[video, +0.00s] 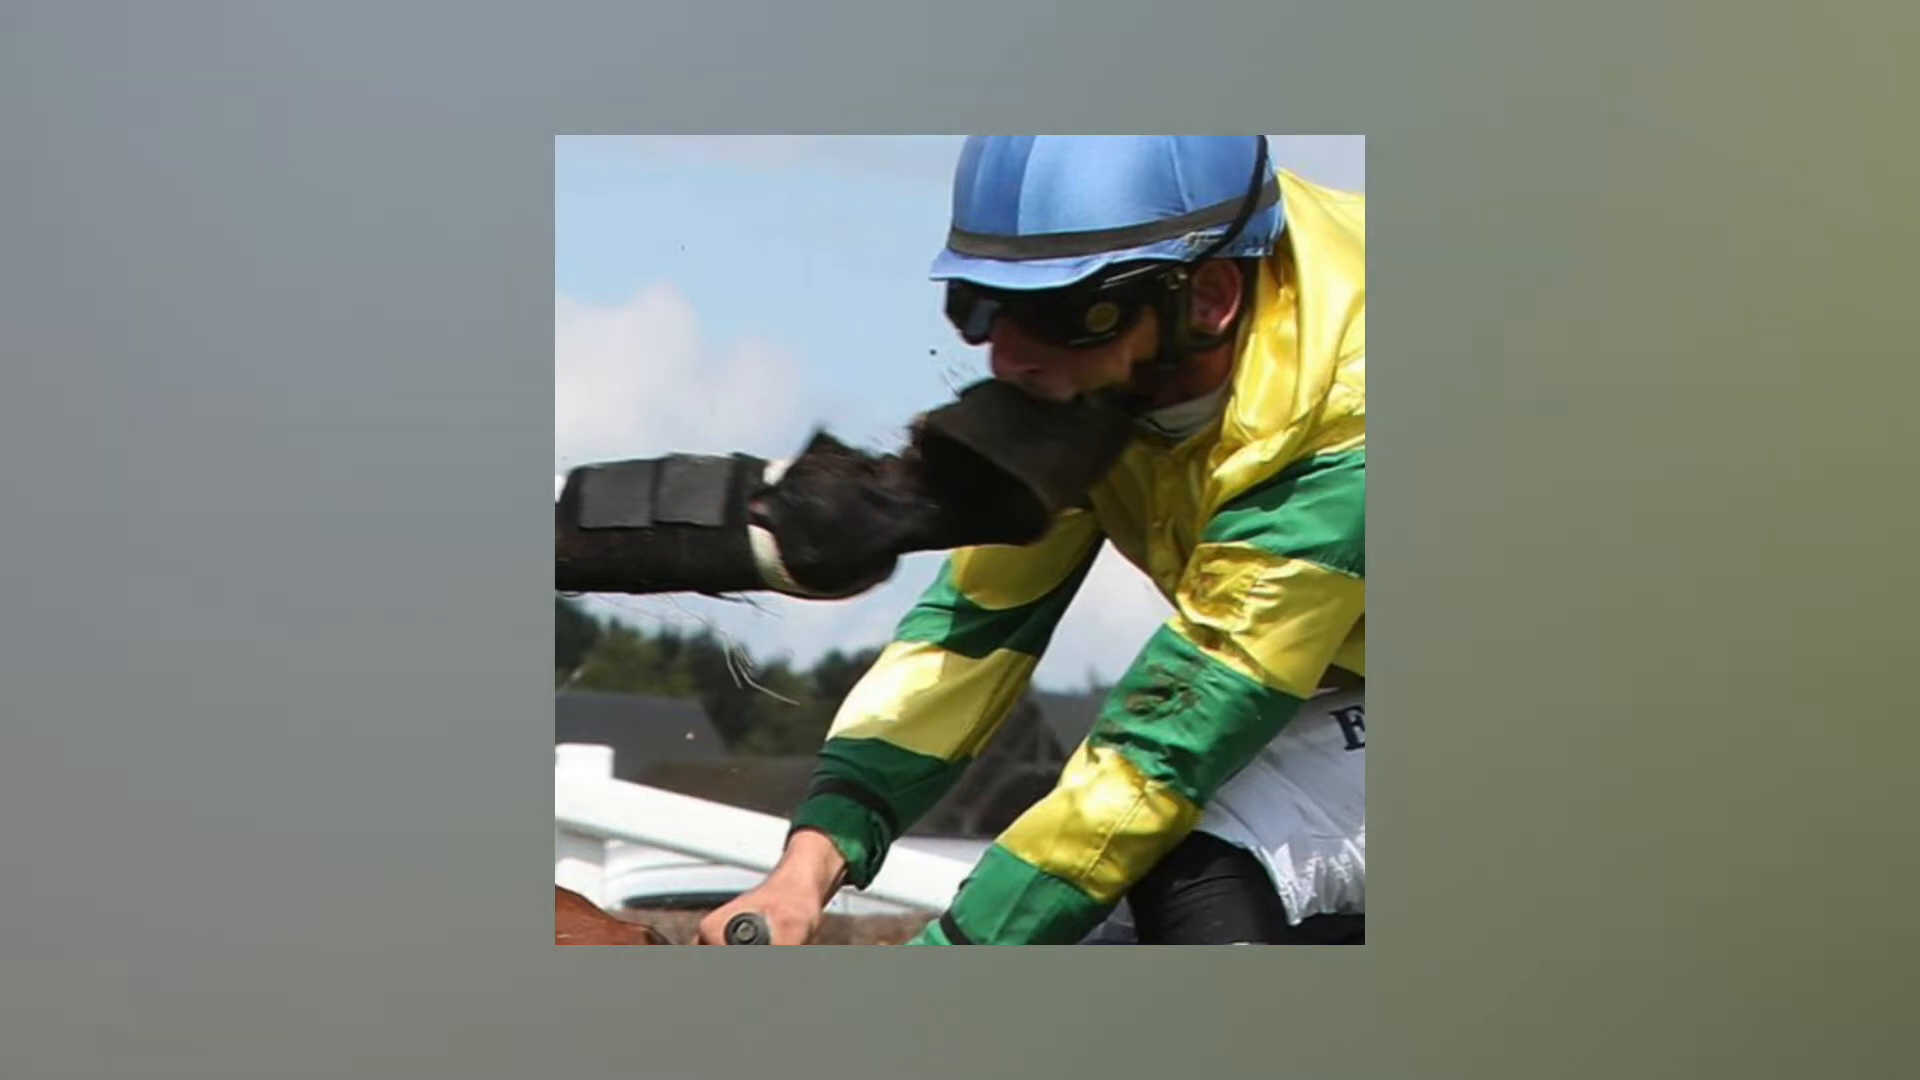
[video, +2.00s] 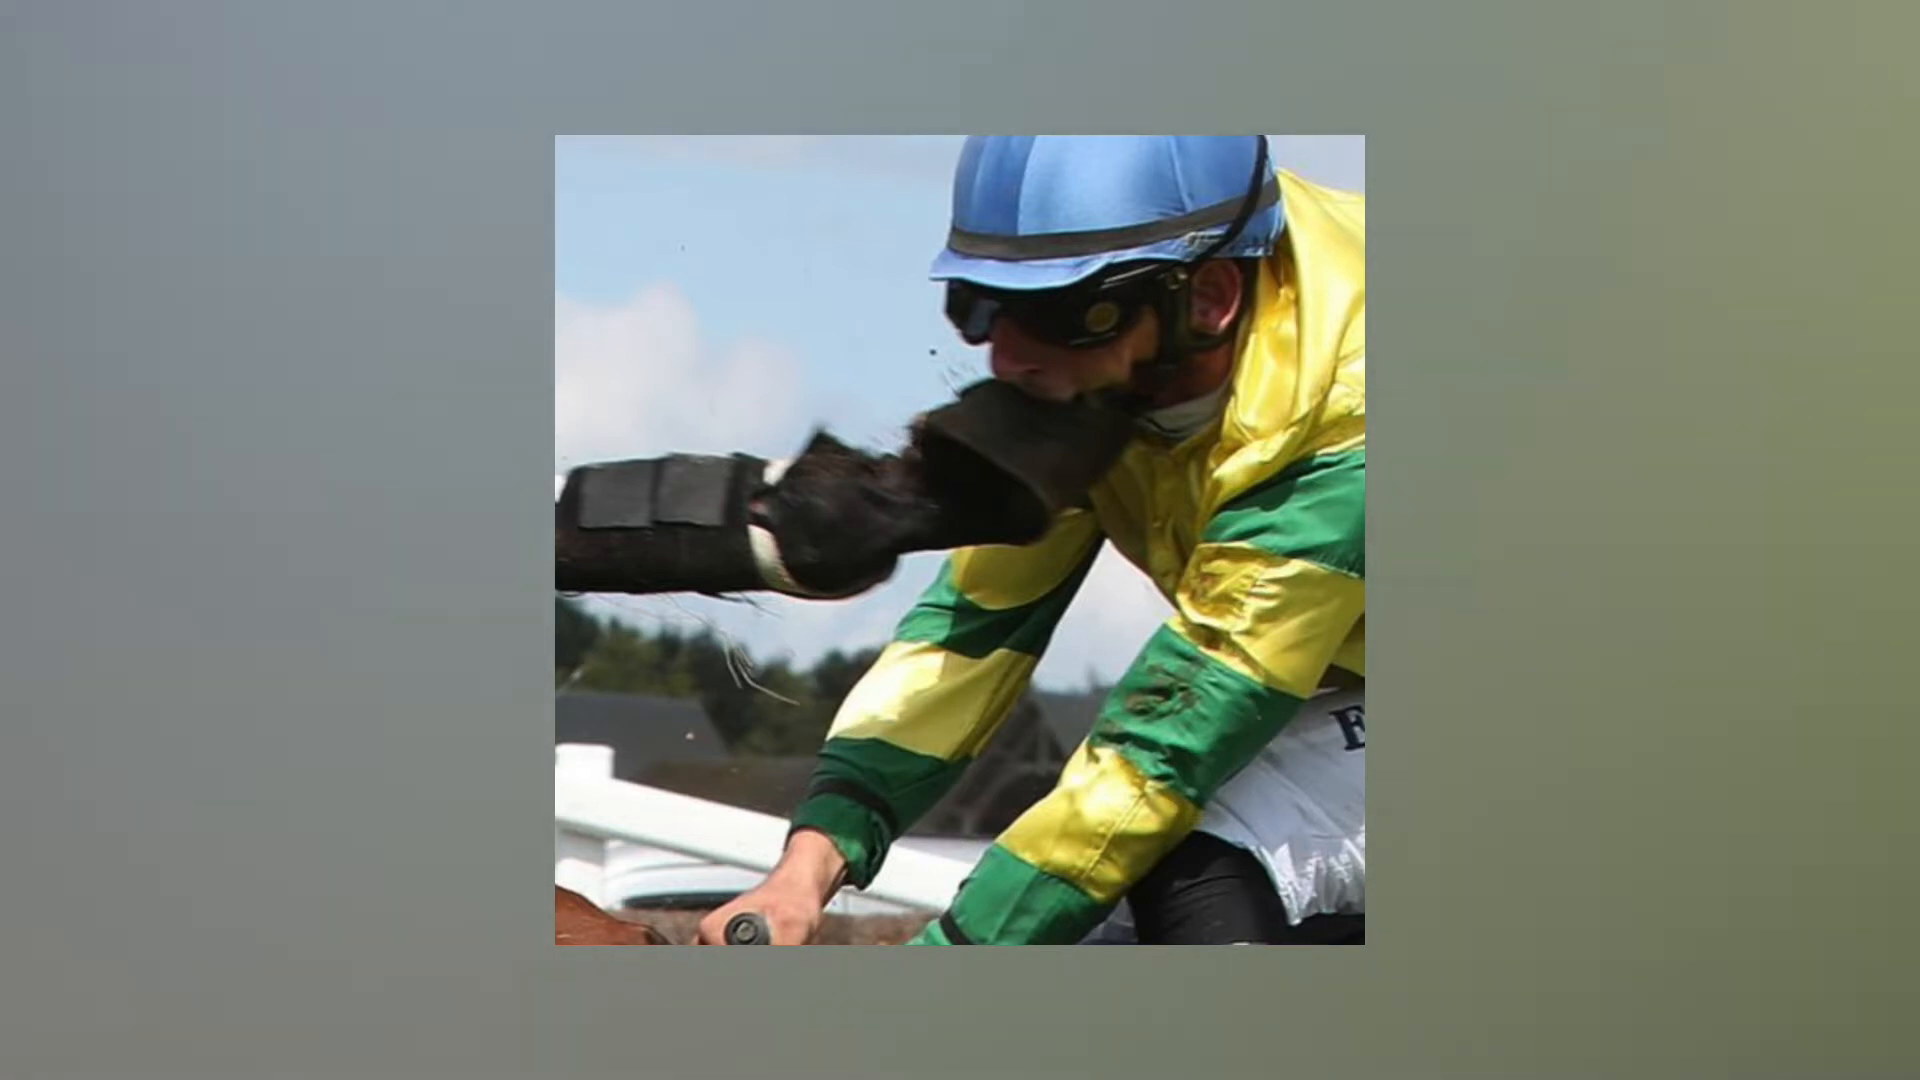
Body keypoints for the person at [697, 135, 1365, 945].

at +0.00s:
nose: (1005, 359)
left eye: (1056, 319)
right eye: (989, 309)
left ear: (1210, 298)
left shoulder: (1341, 429)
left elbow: (1161, 751)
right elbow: (969, 623)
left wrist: (934, 963)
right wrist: (804, 872)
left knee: (1204, 863)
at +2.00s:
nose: (1005, 359)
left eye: (1056, 319)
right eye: (989, 310)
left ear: (1210, 298)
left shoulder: (1341, 429)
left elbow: (1161, 751)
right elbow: (969, 623)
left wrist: (933, 965)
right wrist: (805, 871)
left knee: (1204, 864)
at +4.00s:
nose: (1005, 358)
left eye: (1056, 319)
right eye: (989, 309)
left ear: (1210, 298)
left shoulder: (1341, 429)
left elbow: (1160, 751)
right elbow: (969, 623)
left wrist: (933, 965)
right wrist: (805, 871)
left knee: (1204, 865)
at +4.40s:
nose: (1005, 358)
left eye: (1056, 319)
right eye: (989, 309)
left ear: (1209, 298)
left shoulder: (1341, 429)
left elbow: (1161, 751)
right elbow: (969, 623)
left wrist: (932, 967)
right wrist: (805, 871)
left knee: (1204, 864)